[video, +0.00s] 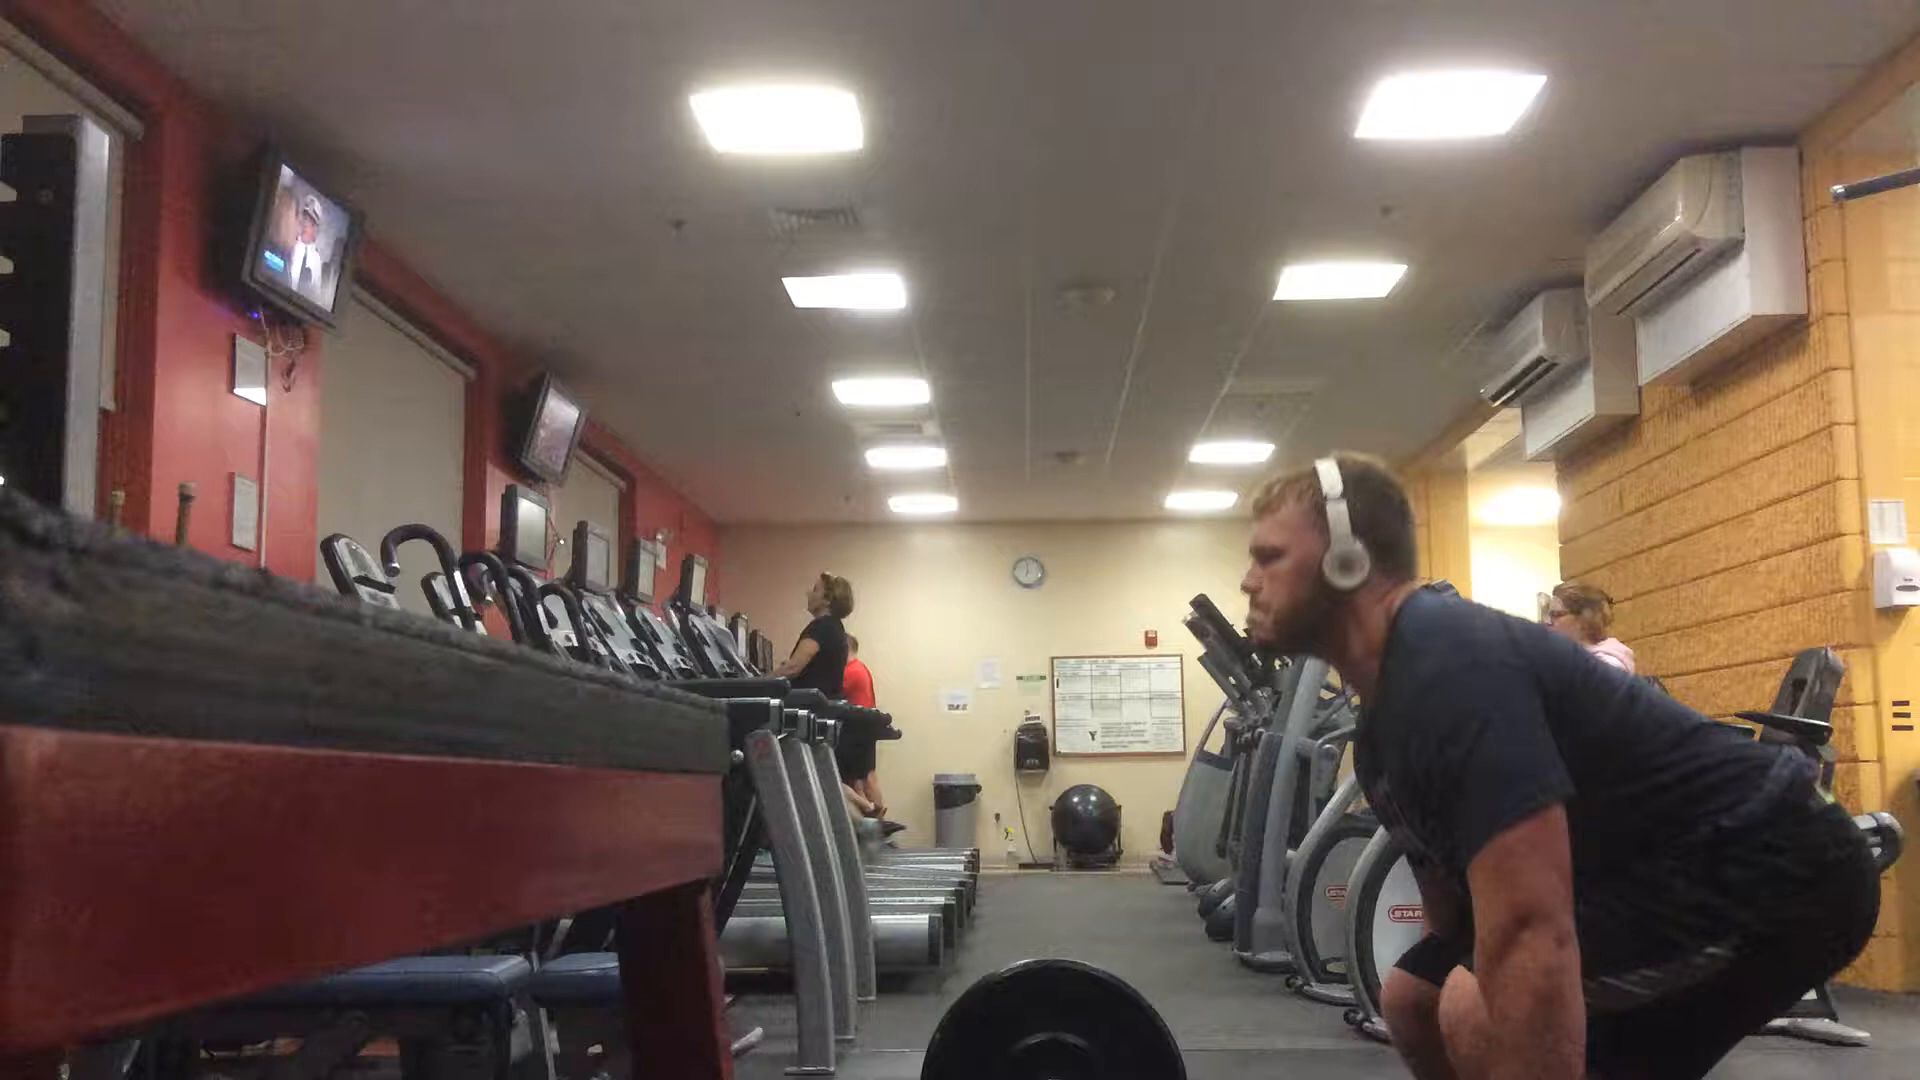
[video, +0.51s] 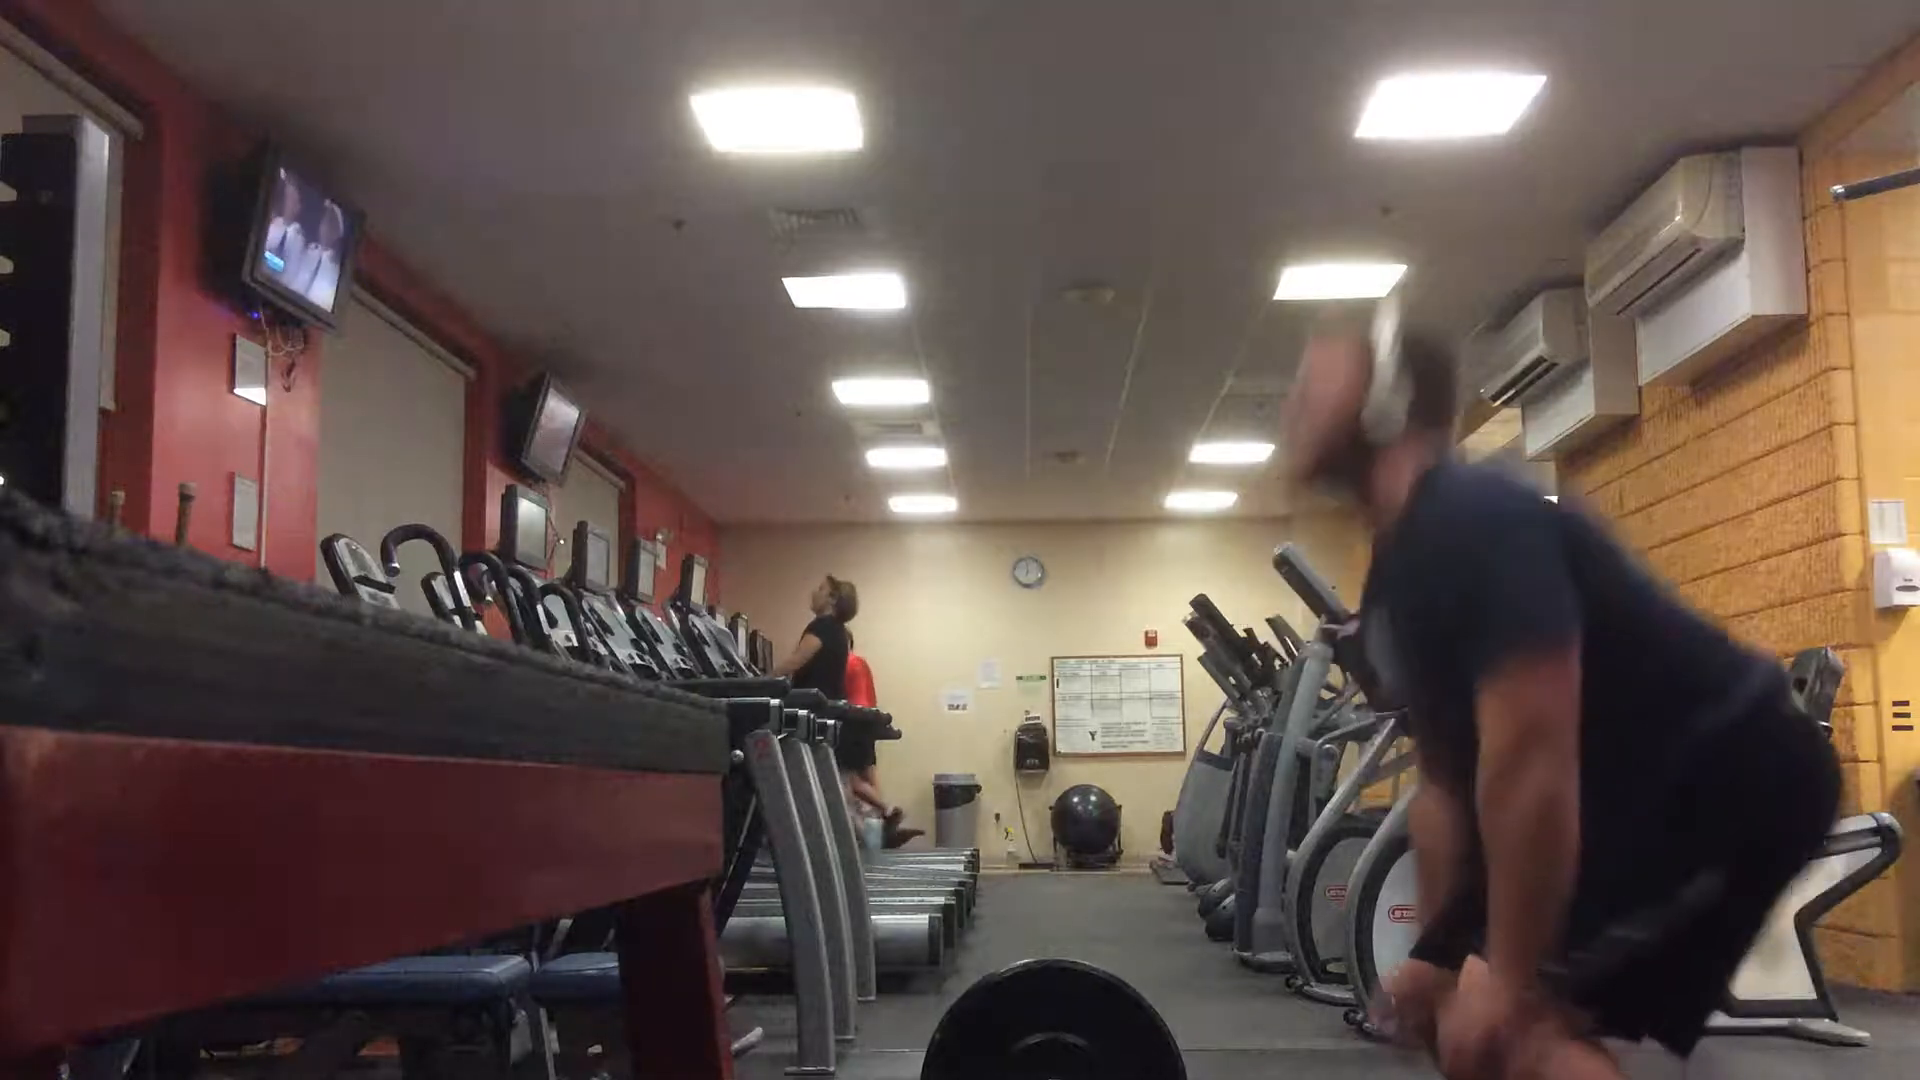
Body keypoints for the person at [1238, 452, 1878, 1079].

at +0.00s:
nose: (1246, 581)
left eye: (1269, 557)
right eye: (1251, 559)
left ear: (1348, 561)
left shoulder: (1448, 655)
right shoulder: (1388, 709)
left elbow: (1531, 944)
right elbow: (1456, 922)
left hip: (1772, 869)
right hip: (1676, 870)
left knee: (1483, 1011)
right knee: (1413, 999)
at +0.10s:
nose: (1245, 596)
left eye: (1266, 571)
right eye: (1249, 572)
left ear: (1344, 576)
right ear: (1326, 582)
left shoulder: (1446, 666)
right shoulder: (1390, 714)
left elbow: (1534, 960)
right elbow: (1462, 924)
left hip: (1774, 882)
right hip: (1676, 879)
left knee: (1481, 1012)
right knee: (1408, 1002)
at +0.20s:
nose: (1244, 612)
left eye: (1264, 588)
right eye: (1247, 589)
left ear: (1342, 590)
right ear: (1321, 597)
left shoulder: (1446, 681)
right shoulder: (1383, 735)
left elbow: (1539, 983)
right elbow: (1465, 926)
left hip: (1777, 897)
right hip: (1673, 895)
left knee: (1475, 1016)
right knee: (1403, 1004)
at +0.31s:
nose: (1246, 605)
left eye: (1268, 581)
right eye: (1251, 581)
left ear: (1347, 588)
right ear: (1327, 594)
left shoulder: (1447, 678)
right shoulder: (1389, 735)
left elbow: (1542, 977)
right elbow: (1456, 925)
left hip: (1778, 898)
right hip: (1674, 888)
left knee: (1478, 1014)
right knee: (1405, 1003)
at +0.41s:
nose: (1265, 518)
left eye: (1288, 498)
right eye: (1270, 499)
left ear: (1358, 512)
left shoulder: (1463, 630)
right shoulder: (1386, 657)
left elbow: (1536, 888)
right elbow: (1451, 867)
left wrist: (1544, 1066)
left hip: (1769, 850)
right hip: (1654, 843)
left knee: (1489, 1010)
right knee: (1417, 1000)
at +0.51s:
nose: (1291, 404)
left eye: (1313, 377)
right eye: (1299, 381)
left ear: (1385, 394)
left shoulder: (1475, 516)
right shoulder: (1396, 577)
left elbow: (1532, 765)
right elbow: (1446, 779)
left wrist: (1507, 980)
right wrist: (1437, 950)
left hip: (1741, 771)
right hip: (1639, 781)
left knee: (1533, 1026)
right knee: (1466, 1009)